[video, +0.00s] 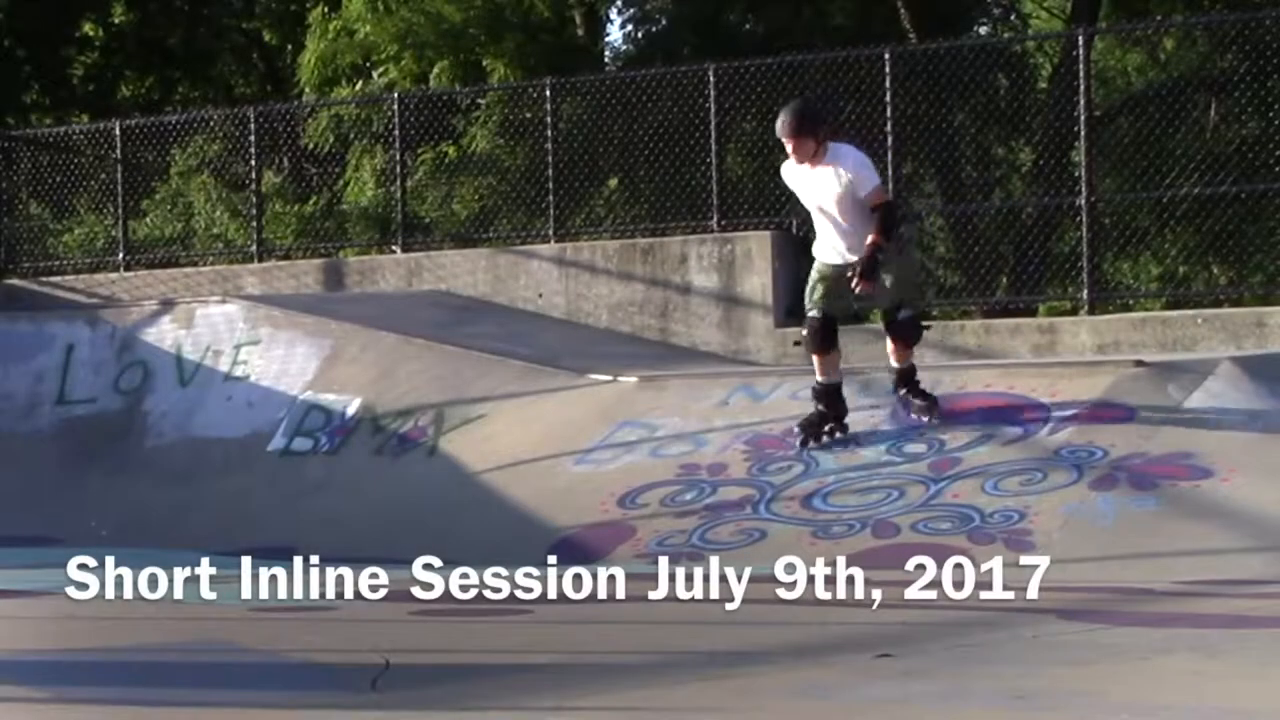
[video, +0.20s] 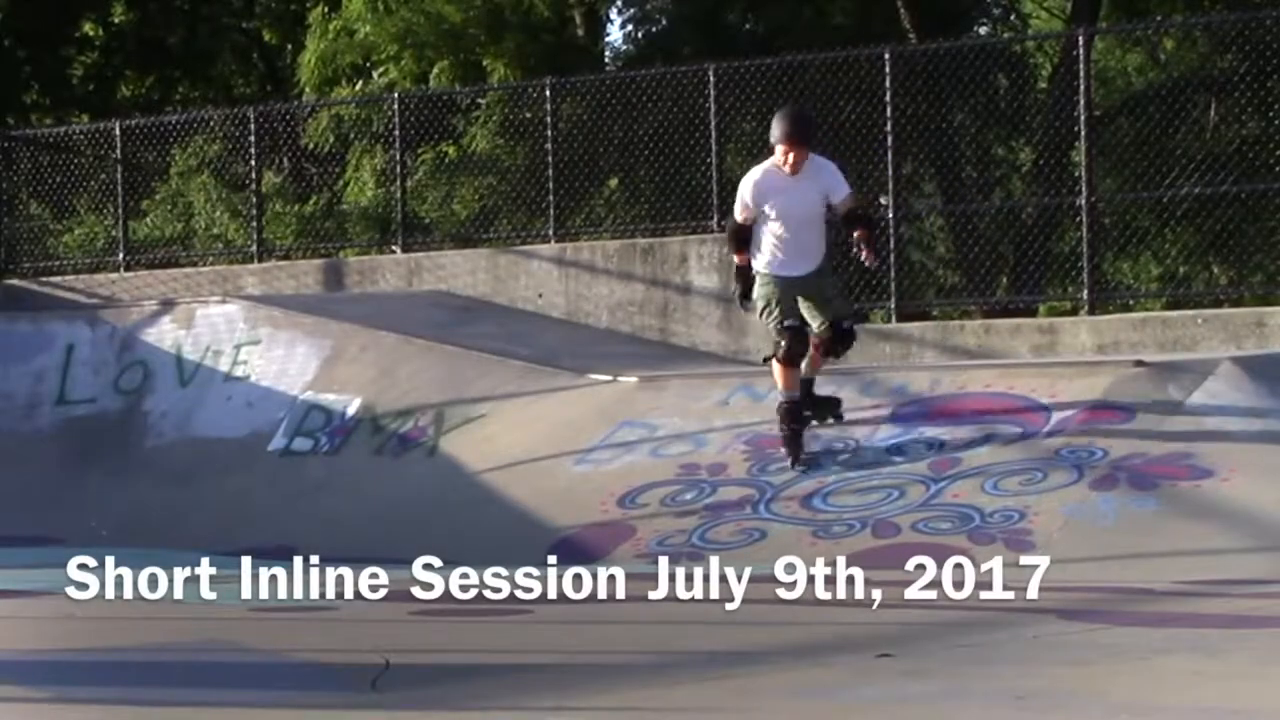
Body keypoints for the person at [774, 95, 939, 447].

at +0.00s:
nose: (791, 149)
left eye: (797, 140)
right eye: (785, 142)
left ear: (818, 136)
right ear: (782, 141)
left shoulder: (851, 162)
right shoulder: (789, 171)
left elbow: (885, 212)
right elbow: (824, 209)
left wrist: (869, 261)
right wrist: (844, 245)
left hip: (881, 252)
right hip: (830, 258)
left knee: (903, 326)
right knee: (818, 329)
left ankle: (907, 388)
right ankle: (830, 407)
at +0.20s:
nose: (790, 158)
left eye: (797, 151)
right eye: (783, 150)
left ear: (808, 146)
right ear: (772, 145)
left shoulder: (825, 172)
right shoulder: (754, 181)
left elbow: (851, 211)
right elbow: (740, 231)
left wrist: (862, 236)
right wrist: (743, 273)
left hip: (814, 273)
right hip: (771, 276)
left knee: (833, 334)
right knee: (789, 341)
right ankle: (791, 425)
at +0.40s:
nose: (788, 180)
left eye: (791, 174)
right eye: (785, 172)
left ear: (785, 173)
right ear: (764, 168)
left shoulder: (776, 197)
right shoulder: (734, 197)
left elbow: (799, 228)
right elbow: (696, 248)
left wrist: (832, 229)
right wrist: (692, 302)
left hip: (719, 290)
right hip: (708, 292)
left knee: (726, 360)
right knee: (764, 350)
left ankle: (689, 424)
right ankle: (769, 434)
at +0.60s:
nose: (736, 215)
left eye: (738, 208)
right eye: (733, 206)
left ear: (708, 203)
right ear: (712, 202)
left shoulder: (692, 225)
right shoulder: (688, 224)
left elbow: (728, 251)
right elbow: (671, 263)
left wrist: (769, 250)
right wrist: (690, 298)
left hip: (608, 312)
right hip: (637, 315)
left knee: (632, 398)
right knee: (703, 365)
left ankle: (589, 464)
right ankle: (705, 451)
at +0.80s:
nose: (647, 251)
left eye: (650, 244)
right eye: (646, 242)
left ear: (612, 235)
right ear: (629, 237)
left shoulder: (584, 255)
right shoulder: (611, 258)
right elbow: (635, 278)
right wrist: (689, 277)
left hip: (522, 349)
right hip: (556, 352)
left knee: (535, 442)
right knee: (611, 405)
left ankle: (489, 509)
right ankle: (610, 485)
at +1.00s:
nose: (544, 278)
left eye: (547, 271)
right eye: (544, 270)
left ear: (508, 259)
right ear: (527, 261)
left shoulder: (473, 280)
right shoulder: (521, 284)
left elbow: (432, 316)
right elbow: (549, 317)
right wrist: (600, 327)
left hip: (427, 366)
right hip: (469, 371)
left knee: (440, 460)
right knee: (493, 443)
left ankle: (395, 524)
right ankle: (479, 528)